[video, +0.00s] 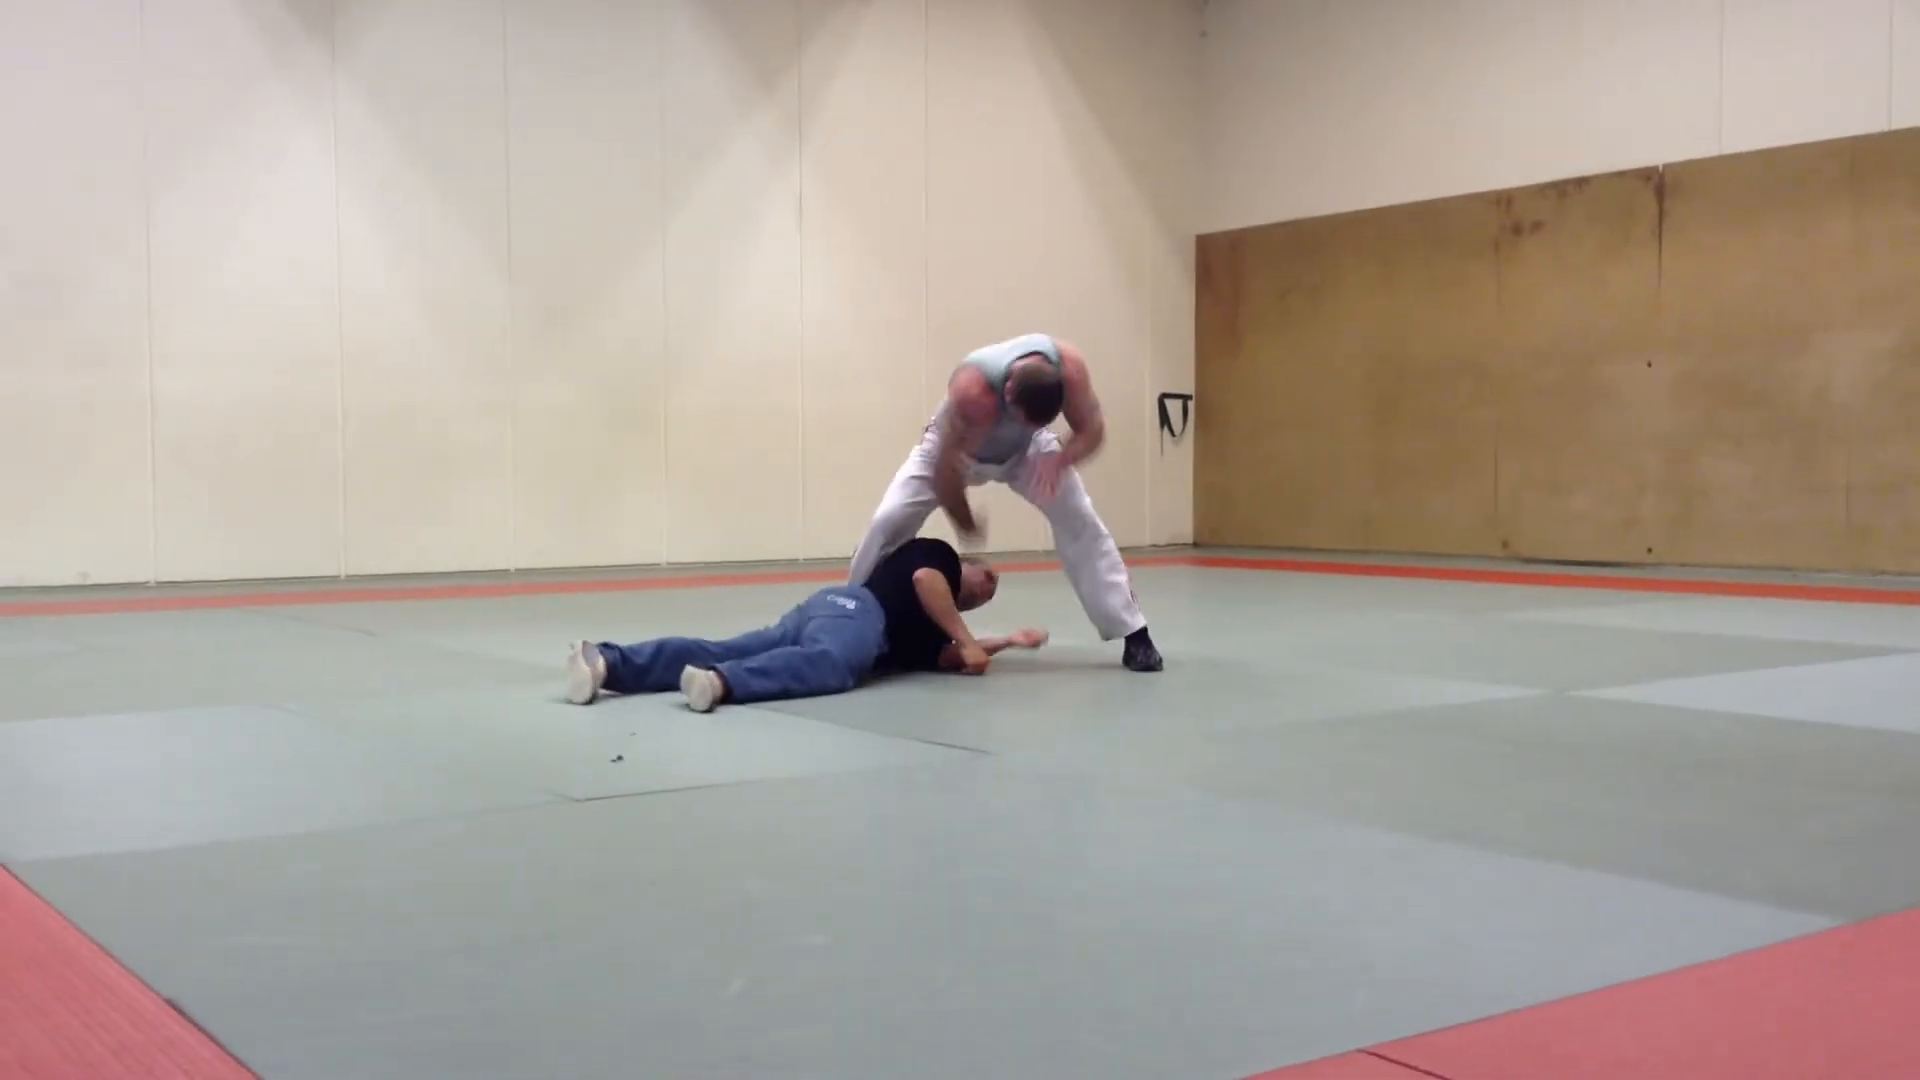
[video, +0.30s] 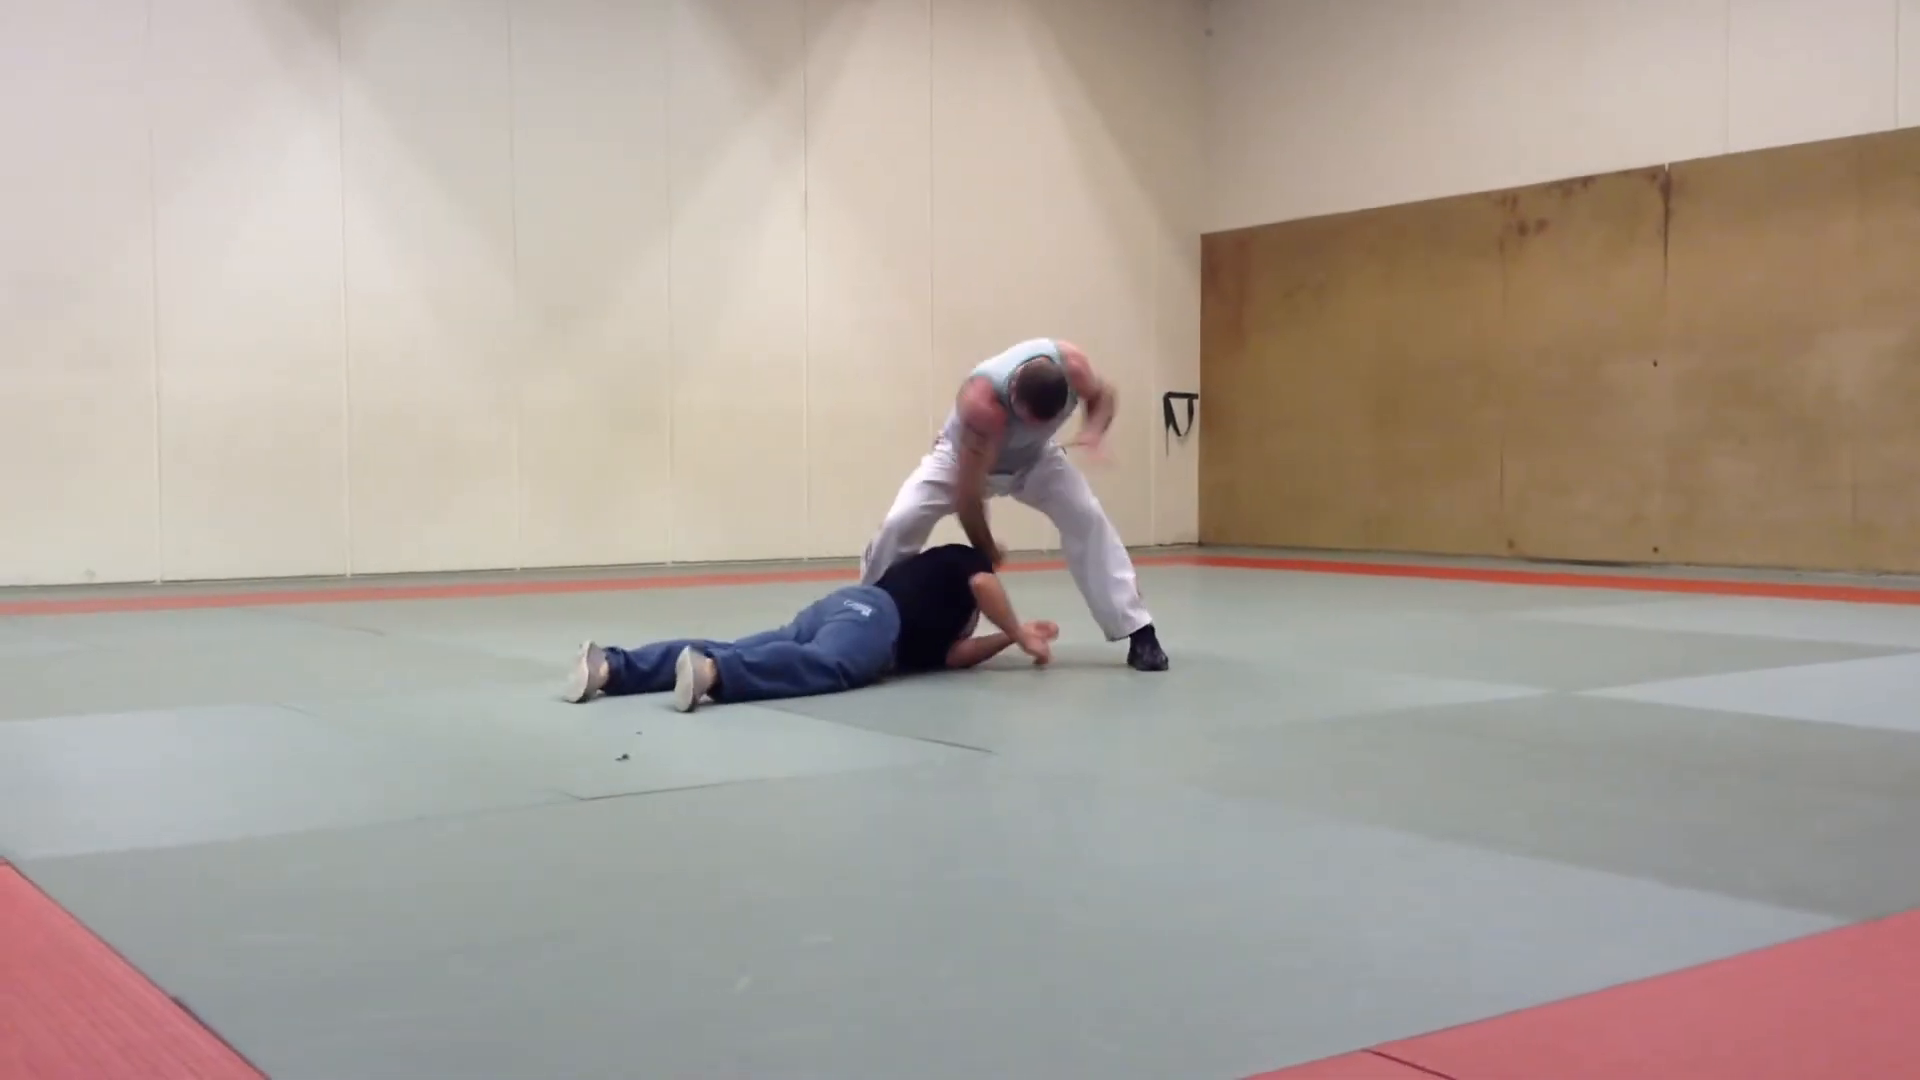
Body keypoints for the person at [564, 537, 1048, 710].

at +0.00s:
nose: (984, 587)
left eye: (987, 589)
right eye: (983, 579)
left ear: (973, 599)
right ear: (967, 562)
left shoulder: (934, 633)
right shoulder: (935, 552)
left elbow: (962, 654)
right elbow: (923, 584)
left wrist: (1009, 641)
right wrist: (965, 642)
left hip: (822, 620)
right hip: (854, 609)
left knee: (729, 652)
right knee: (830, 666)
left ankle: (612, 666)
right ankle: (724, 681)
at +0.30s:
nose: (995, 580)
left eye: (994, 574)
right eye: (991, 573)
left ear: (966, 577)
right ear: (975, 562)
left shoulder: (943, 633)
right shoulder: (955, 555)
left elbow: (955, 657)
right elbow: (985, 582)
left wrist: (1010, 637)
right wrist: (1018, 631)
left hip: (830, 617)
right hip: (876, 614)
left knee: (738, 654)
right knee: (829, 664)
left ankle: (614, 669)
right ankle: (719, 678)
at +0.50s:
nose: (1011, 621)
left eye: (1014, 614)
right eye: (1015, 609)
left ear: (980, 604)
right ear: (1002, 589)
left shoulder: (947, 615)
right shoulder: (982, 574)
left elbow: (957, 660)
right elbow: (1024, 638)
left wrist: (1005, 631)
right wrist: (1038, 656)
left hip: (844, 615)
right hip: (887, 614)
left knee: (749, 653)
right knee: (835, 665)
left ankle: (625, 667)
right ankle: (731, 667)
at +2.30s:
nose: (1015, 634)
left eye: (1011, 626)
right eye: (1013, 623)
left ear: (979, 586)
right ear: (999, 601)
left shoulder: (951, 582)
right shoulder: (986, 599)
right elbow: (993, 656)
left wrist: (1008, 641)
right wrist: (1016, 654)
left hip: (864, 610)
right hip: (889, 636)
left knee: (769, 646)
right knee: (815, 667)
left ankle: (624, 662)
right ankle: (727, 662)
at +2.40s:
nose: (1017, 635)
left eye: (1010, 626)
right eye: (1015, 624)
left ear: (981, 589)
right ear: (1001, 603)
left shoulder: (951, 580)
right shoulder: (989, 602)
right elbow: (990, 658)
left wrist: (1004, 641)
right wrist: (1014, 656)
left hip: (870, 610)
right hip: (894, 638)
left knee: (775, 646)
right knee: (817, 666)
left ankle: (626, 663)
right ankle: (727, 663)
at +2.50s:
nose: (1016, 638)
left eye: (1011, 629)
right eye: (1011, 626)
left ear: (983, 592)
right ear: (999, 609)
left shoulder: (959, 579)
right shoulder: (984, 607)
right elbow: (988, 659)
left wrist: (1003, 642)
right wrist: (1015, 656)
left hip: (869, 612)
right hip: (893, 639)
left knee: (770, 649)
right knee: (815, 669)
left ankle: (625, 664)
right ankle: (728, 664)